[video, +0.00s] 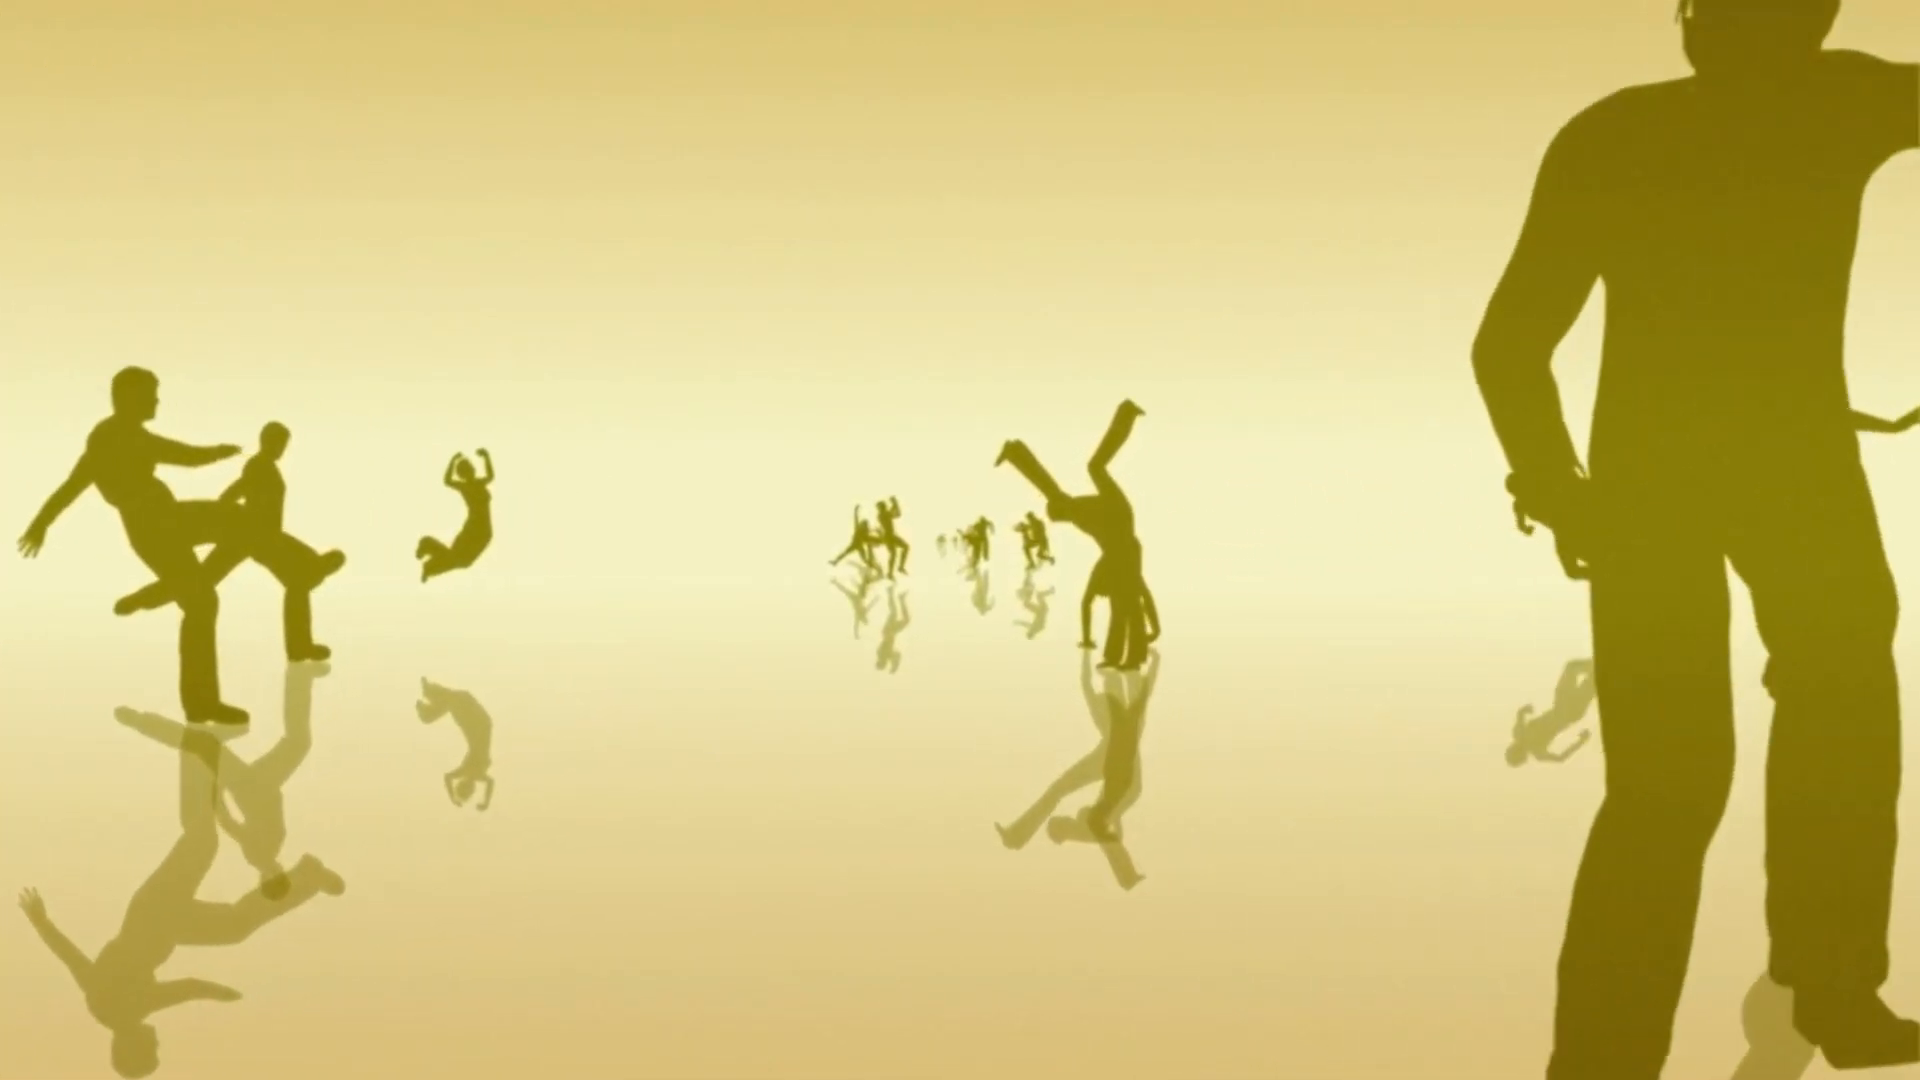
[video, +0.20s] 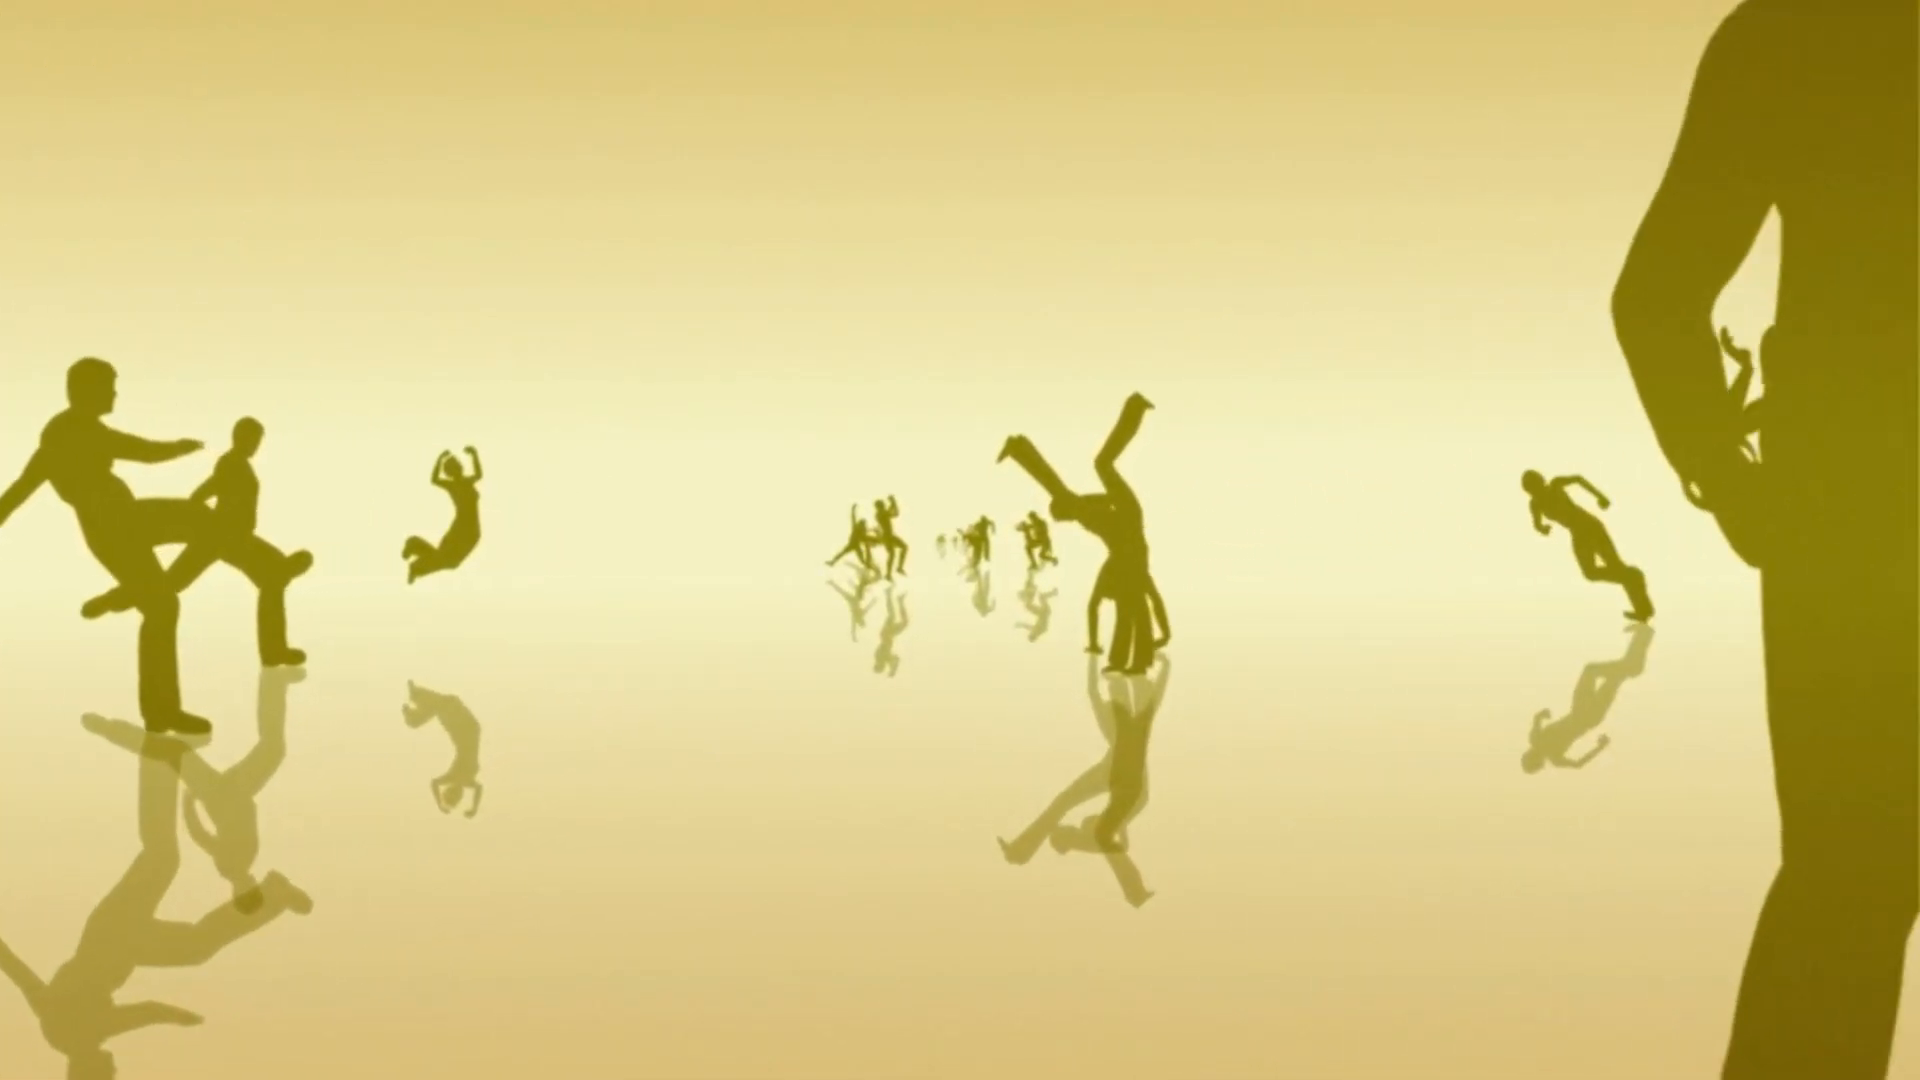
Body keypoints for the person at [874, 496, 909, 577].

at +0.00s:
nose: (884, 508)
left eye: (883, 506)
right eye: (883, 506)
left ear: (881, 507)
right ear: (883, 507)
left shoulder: (883, 514)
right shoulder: (884, 515)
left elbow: (895, 514)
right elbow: (897, 514)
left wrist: (894, 503)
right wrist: (895, 503)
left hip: (889, 536)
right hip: (889, 536)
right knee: (905, 546)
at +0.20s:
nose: (882, 507)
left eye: (882, 505)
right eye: (881, 505)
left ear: (879, 506)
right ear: (880, 506)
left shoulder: (882, 513)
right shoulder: (882, 514)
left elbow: (893, 513)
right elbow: (895, 513)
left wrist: (892, 502)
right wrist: (893, 502)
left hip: (888, 535)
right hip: (887, 536)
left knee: (904, 547)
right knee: (891, 553)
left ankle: (900, 567)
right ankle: (888, 573)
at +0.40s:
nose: (881, 506)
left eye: (880, 504)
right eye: (879, 504)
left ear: (877, 505)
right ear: (878, 505)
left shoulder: (880, 513)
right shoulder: (880, 514)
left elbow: (891, 512)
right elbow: (893, 512)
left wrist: (891, 502)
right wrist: (891, 501)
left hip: (885, 535)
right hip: (886, 535)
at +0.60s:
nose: (879, 504)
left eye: (877, 503)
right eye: (877, 503)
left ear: (874, 504)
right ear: (876, 504)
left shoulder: (878, 512)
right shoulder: (878, 512)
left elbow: (889, 511)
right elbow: (891, 511)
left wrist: (888, 500)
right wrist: (890, 500)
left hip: (883, 535)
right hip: (884, 535)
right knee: (901, 547)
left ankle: (885, 576)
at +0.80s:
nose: (876, 503)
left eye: (875, 501)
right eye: (874, 502)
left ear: (873, 503)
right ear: (873, 502)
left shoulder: (876, 511)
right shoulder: (875, 511)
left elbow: (888, 511)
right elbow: (889, 511)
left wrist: (887, 499)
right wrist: (887, 499)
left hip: (881, 535)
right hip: (882, 535)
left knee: (886, 555)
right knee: (900, 547)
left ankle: (882, 577)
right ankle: (895, 570)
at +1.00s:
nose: (875, 502)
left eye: (874, 500)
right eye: (873, 500)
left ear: (870, 502)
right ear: (871, 501)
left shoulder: (873, 510)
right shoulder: (873, 511)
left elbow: (886, 510)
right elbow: (887, 510)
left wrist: (884, 498)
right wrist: (885, 497)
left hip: (878, 535)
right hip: (880, 535)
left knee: (884, 556)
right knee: (898, 548)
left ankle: (880, 578)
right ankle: (893, 571)